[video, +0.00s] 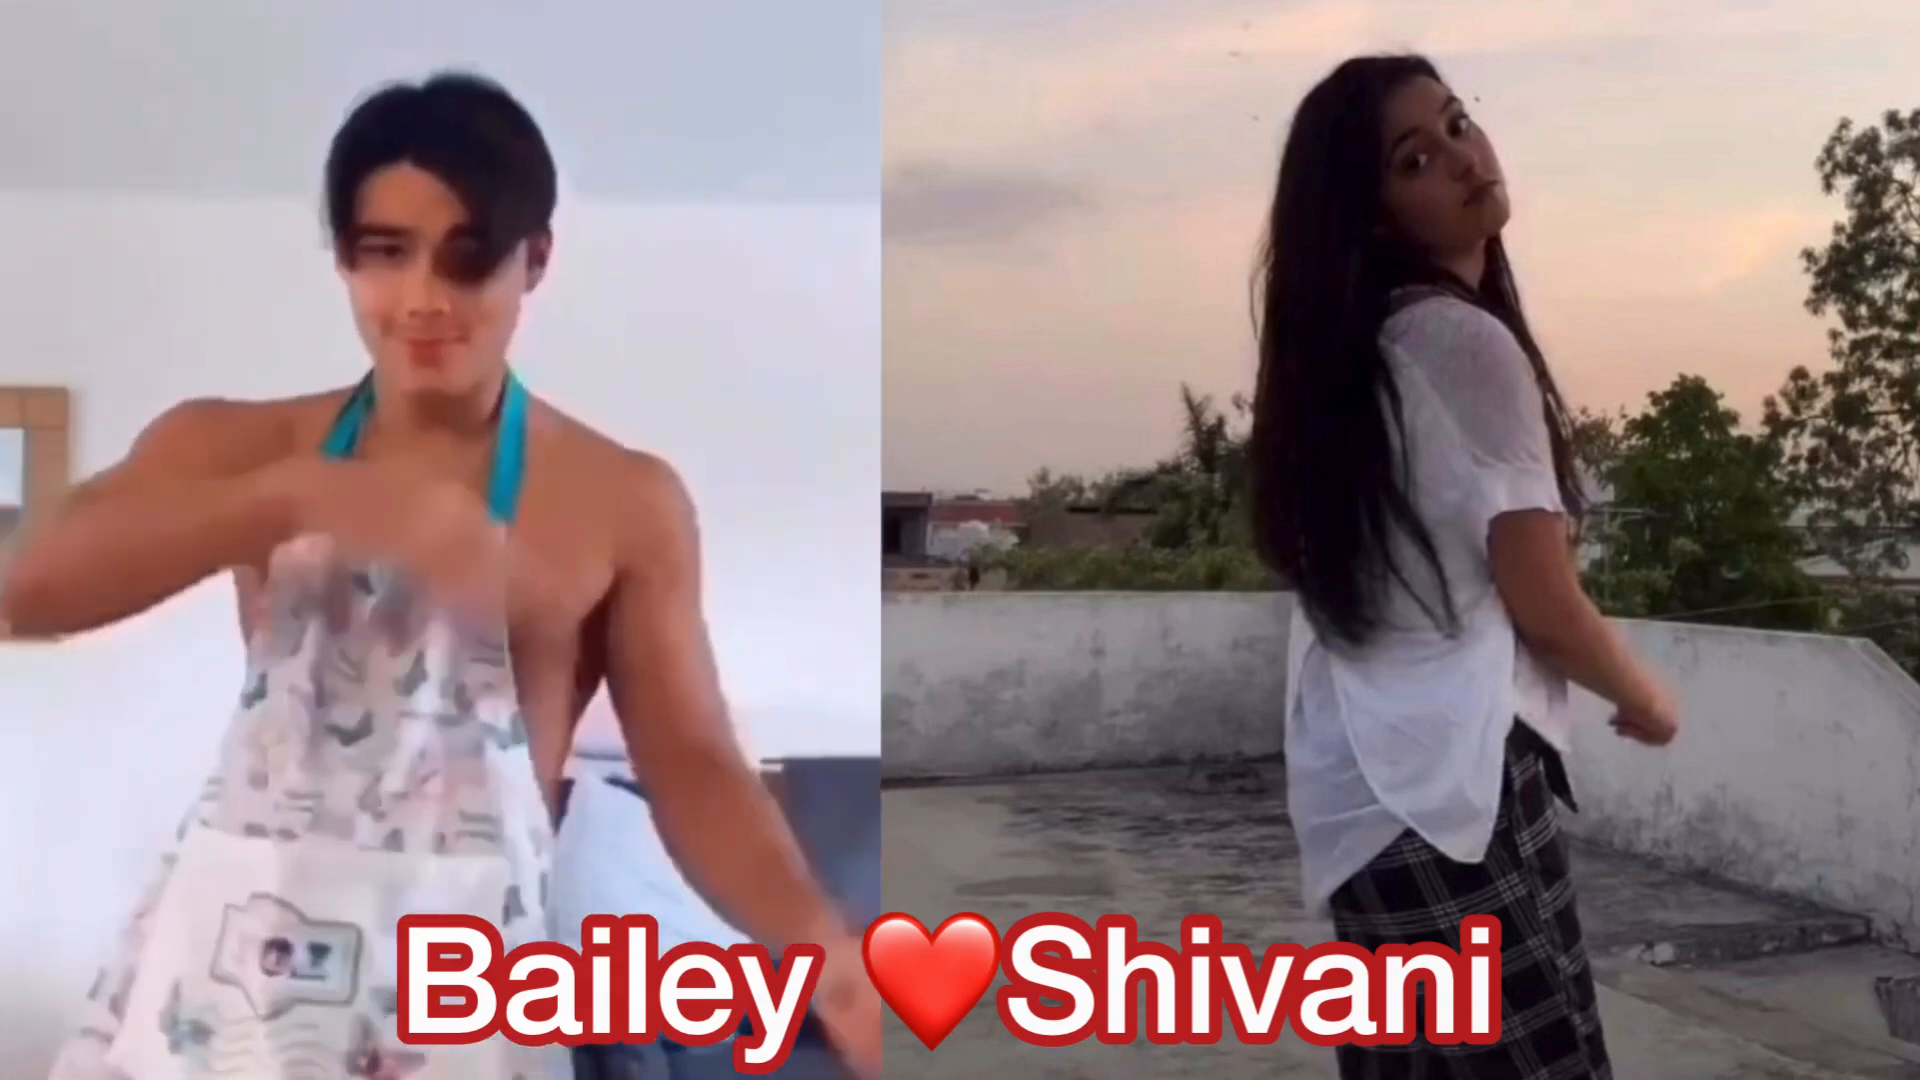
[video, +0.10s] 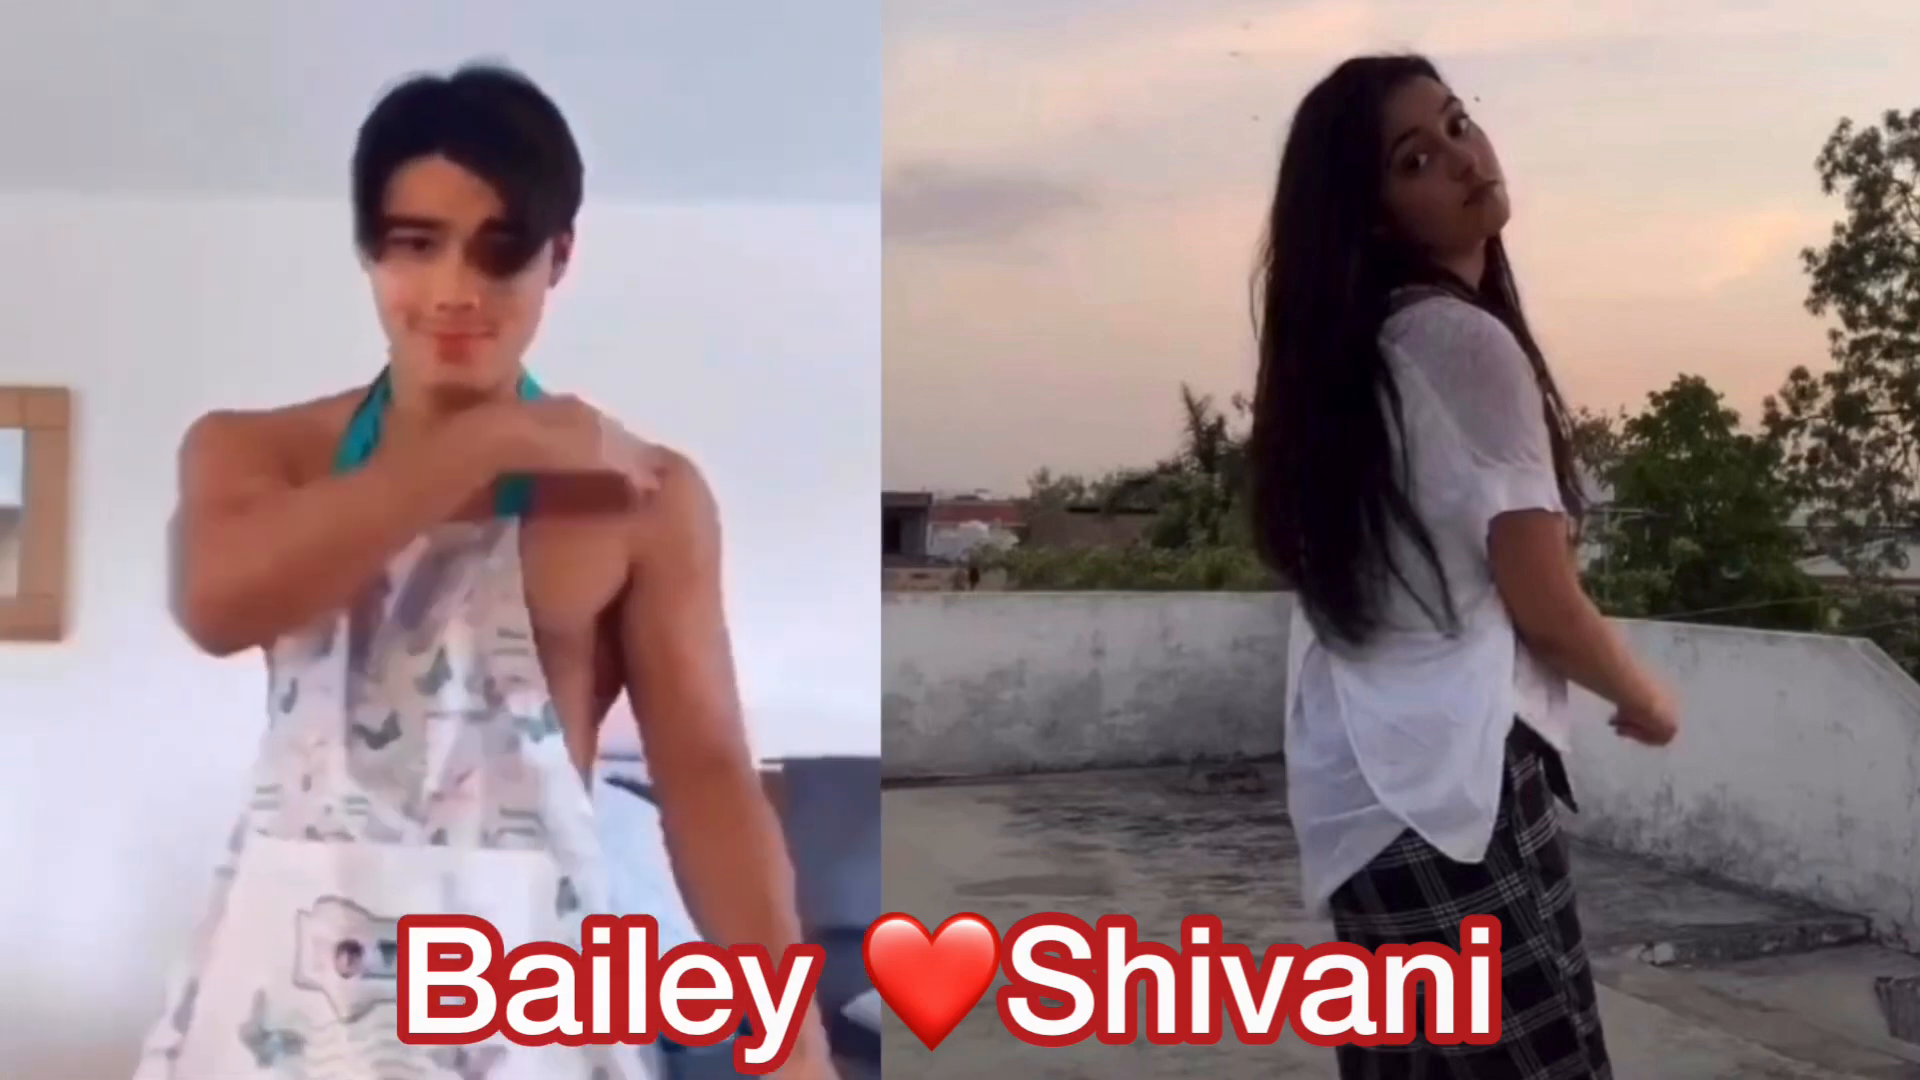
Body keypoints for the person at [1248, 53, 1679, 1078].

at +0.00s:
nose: (1466, 157)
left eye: (1459, 125)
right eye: (1417, 158)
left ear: (1480, 128)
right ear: (1370, 211)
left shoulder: (1353, 333)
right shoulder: (1465, 339)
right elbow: (1546, 604)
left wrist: (1560, 666)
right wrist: (1643, 697)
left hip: (1361, 783)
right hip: (1452, 789)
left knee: (1397, 1056)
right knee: (1545, 1056)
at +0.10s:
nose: (1466, 158)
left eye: (1459, 125)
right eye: (1417, 158)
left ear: (1480, 129)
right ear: (1370, 210)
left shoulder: (1356, 333)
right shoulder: (1465, 339)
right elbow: (1547, 606)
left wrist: (1564, 666)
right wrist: (1642, 696)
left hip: (1364, 785)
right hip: (1453, 790)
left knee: (1398, 1057)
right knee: (1545, 1056)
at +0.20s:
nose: (1466, 158)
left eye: (1459, 125)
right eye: (1417, 158)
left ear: (1480, 129)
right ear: (1370, 210)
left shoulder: (1356, 333)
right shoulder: (1465, 339)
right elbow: (1547, 606)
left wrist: (1564, 666)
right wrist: (1642, 696)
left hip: (1364, 785)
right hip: (1453, 790)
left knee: (1398, 1057)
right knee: (1545, 1056)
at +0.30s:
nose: (1466, 158)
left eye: (1459, 125)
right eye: (1417, 158)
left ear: (1480, 129)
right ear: (1370, 210)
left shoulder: (1355, 333)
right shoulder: (1465, 339)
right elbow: (1546, 604)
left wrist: (1561, 666)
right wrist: (1642, 696)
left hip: (1362, 783)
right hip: (1452, 789)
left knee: (1397, 1056)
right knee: (1545, 1056)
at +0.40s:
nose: (1466, 157)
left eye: (1459, 125)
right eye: (1417, 158)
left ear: (1480, 128)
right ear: (1371, 211)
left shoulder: (1356, 333)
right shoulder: (1465, 339)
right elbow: (1547, 605)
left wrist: (1562, 666)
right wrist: (1643, 696)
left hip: (1363, 784)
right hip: (1452, 790)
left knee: (1398, 1057)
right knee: (1545, 1057)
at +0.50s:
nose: (1466, 157)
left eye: (1459, 125)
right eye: (1417, 158)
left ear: (1480, 128)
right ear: (1371, 211)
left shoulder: (1356, 333)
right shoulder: (1465, 339)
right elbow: (1547, 605)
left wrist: (1562, 666)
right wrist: (1643, 696)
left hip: (1363, 784)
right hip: (1452, 790)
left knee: (1398, 1057)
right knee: (1545, 1057)